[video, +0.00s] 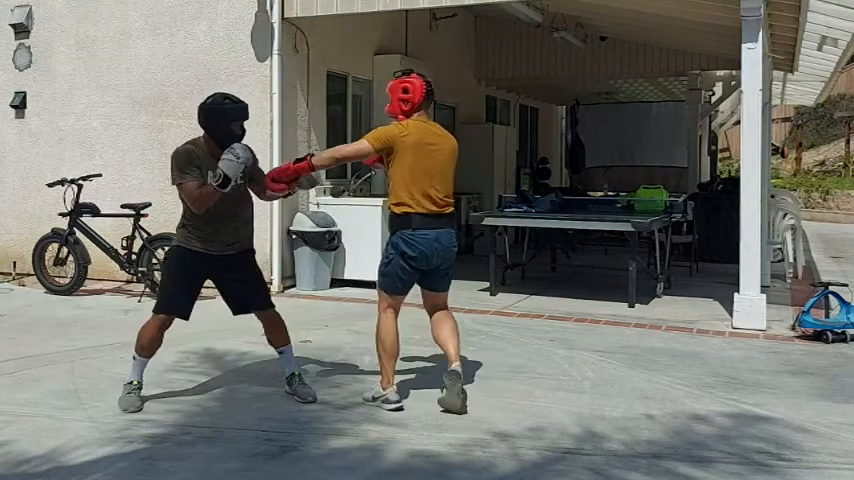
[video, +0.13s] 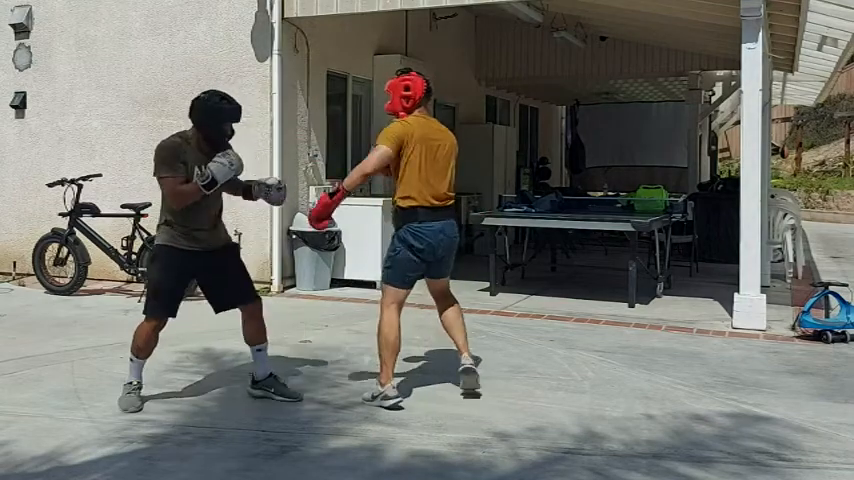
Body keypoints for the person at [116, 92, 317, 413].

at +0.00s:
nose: (242, 129)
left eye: (242, 123)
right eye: (236, 124)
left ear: (238, 122)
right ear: (215, 126)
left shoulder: (241, 153)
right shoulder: (186, 155)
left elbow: (264, 190)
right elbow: (198, 204)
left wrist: (294, 182)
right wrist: (224, 175)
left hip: (236, 253)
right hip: (190, 252)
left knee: (267, 312)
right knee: (163, 316)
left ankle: (293, 374)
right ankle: (134, 381)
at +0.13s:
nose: (231, 132)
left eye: (232, 126)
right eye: (225, 126)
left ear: (222, 124)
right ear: (204, 125)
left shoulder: (221, 153)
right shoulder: (170, 150)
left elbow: (230, 186)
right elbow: (175, 199)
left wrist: (257, 189)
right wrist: (210, 176)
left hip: (216, 245)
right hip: (174, 246)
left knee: (252, 306)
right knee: (155, 318)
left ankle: (263, 376)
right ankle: (133, 383)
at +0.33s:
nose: (235, 129)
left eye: (237, 123)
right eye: (232, 123)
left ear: (219, 119)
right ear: (214, 117)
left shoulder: (215, 142)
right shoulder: (181, 135)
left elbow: (209, 179)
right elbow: (196, 182)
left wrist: (240, 155)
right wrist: (230, 159)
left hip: (202, 243)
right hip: (165, 241)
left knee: (234, 303)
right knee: (155, 315)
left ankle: (211, 376)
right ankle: (132, 381)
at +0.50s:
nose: (245, 140)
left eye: (248, 135)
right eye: (245, 134)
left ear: (223, 127)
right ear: (228, 128)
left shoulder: (214, 153)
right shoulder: (195, 141)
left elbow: (234, 193)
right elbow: (212, 188)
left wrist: (249, 162)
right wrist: (243, 164)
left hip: (195, 251)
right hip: (161, 249)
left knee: (228, 307)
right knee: (157, 324)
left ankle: (209, 380)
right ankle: (126, 376)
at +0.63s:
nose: (243, 137)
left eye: (244, 132)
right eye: (241, 131)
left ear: (216, 124)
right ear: (226, 127)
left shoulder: (212, 154)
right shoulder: (193, 141)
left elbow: (235, 200)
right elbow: (222, 190)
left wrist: (252, 165)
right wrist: (246, 158)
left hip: (187, 249)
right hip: (156, 245)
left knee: (220, 306)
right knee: (151, 317)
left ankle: (206, 382)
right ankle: (100, 377)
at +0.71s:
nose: (240, 134)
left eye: (241, 129)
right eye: (238, 128)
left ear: (214, 123)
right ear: (224, 126)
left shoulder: (211, 154)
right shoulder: (192, 141)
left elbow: (225, 203)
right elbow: (218, 194)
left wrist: (246, 170)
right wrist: (241, 161)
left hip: (184, 249)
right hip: (151, 246)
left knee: (217, 306)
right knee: (143, 318)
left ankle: (207, 381)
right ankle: (91, 393)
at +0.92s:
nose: (219, 149)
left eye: (218, 143)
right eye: (215, 143)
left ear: (190, 140)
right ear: (200, 142)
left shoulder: (183, 166)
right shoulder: (166, 158)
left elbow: (181, 216)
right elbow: (191, 208)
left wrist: (216, 190)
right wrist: (217, 183)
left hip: (168, 261)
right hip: (136, 260)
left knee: (217, 309)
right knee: (127, 335)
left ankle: (207, 382)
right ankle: (73, 410)